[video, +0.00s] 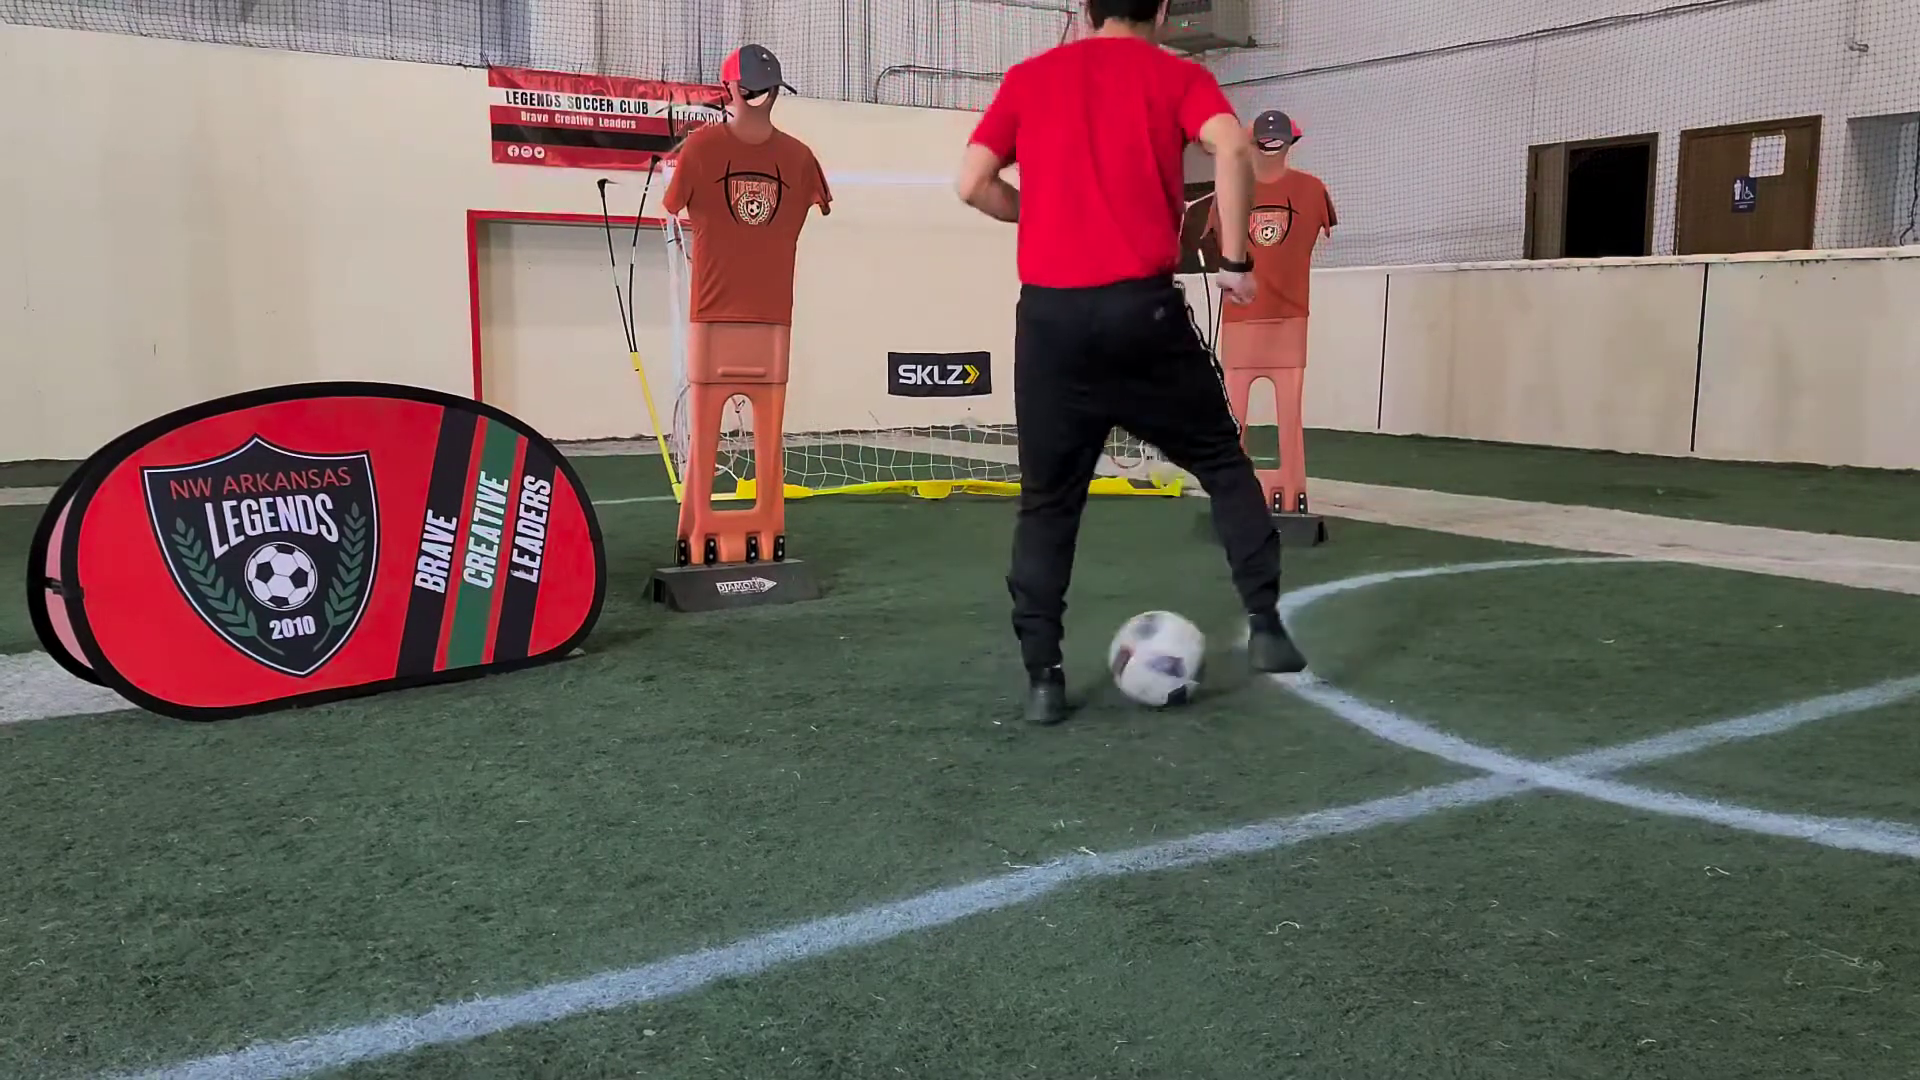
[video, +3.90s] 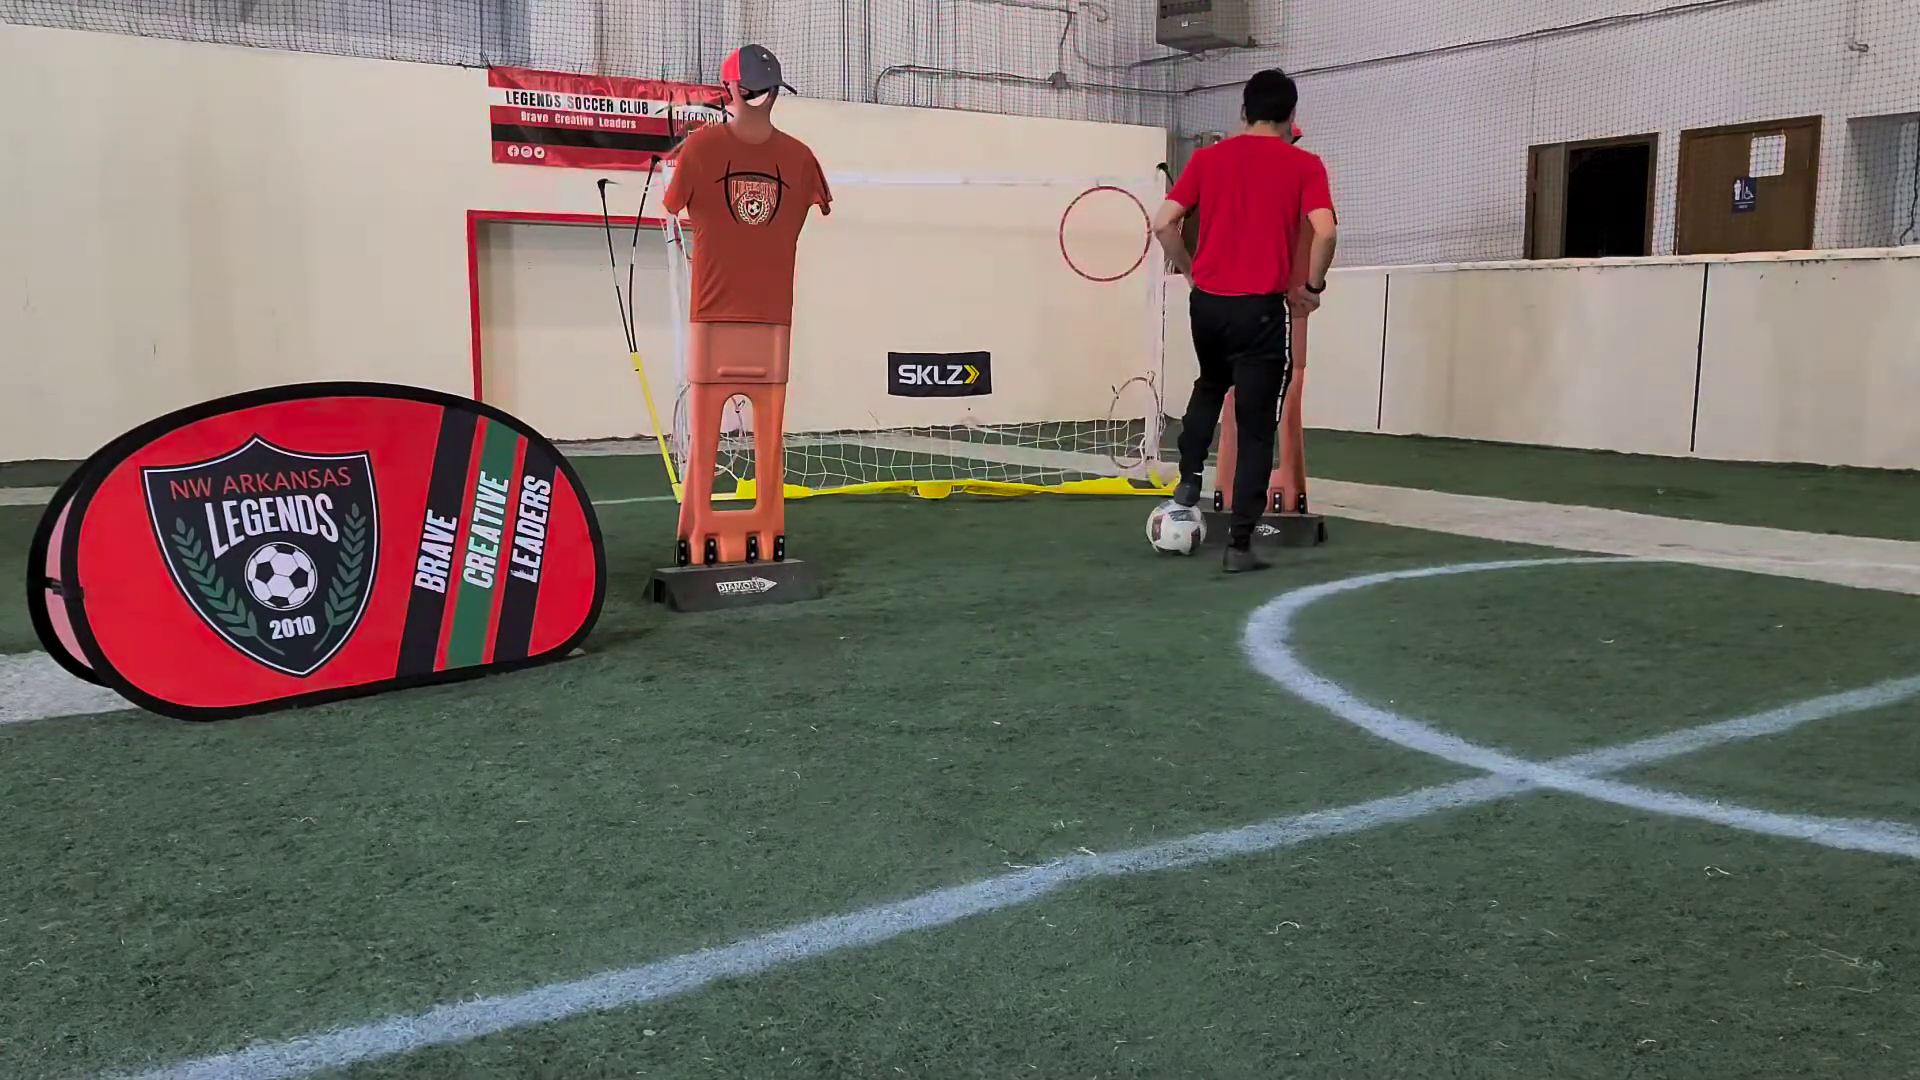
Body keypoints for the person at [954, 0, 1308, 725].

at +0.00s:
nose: (1167, 21)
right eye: (1167, 13)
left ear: (1086, 10)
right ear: (1160, 11)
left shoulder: (1029, 75)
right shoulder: (1177, 73)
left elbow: (973, 183)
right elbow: (1232, 145)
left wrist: (1040, 216)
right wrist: (1231, 250)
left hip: (1048, 314)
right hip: (1143, 308)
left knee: (1048, 494)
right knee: (1222, 462)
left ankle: (1044, 676)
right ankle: (1266, 623)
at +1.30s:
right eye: (1200, 65)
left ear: (1140, 64)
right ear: (1198, 66)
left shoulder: (1101, 109)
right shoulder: (1223, 118)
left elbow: (1044, 176)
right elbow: (1246, 185)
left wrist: (1070, 229)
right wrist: (1232, 253)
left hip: (1108, 303)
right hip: (1184, 307)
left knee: (1065, 430)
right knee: (1191, 454)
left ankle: (1032, 560)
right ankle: (1185, 604)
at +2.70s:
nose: (1225, 106)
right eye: (1230, 99)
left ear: (1178, 99)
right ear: (1227, 100)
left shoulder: (1147, 137)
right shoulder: (1248, 143)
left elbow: (1104, 195)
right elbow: (1284, 214)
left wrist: (1128, 243)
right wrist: (1267, 241)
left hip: (1161, 301)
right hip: (1223, 300)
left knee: (1144, 413)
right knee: (1246, 413)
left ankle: (1131, 531)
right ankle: (1244, 529)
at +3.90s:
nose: (1295, 122)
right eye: (1295, 115)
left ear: (1245, 113)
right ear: (1290, 116)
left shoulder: (1208, 158)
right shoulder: (1304, 165)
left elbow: (1163, 223)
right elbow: (1326, 230)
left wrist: (1188, 266)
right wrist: (1313, 287)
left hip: (1207, 309)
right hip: (1261, 313)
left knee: (1212, 381)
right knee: (1256, 427)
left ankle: (1187, 486)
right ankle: (1240, 544)